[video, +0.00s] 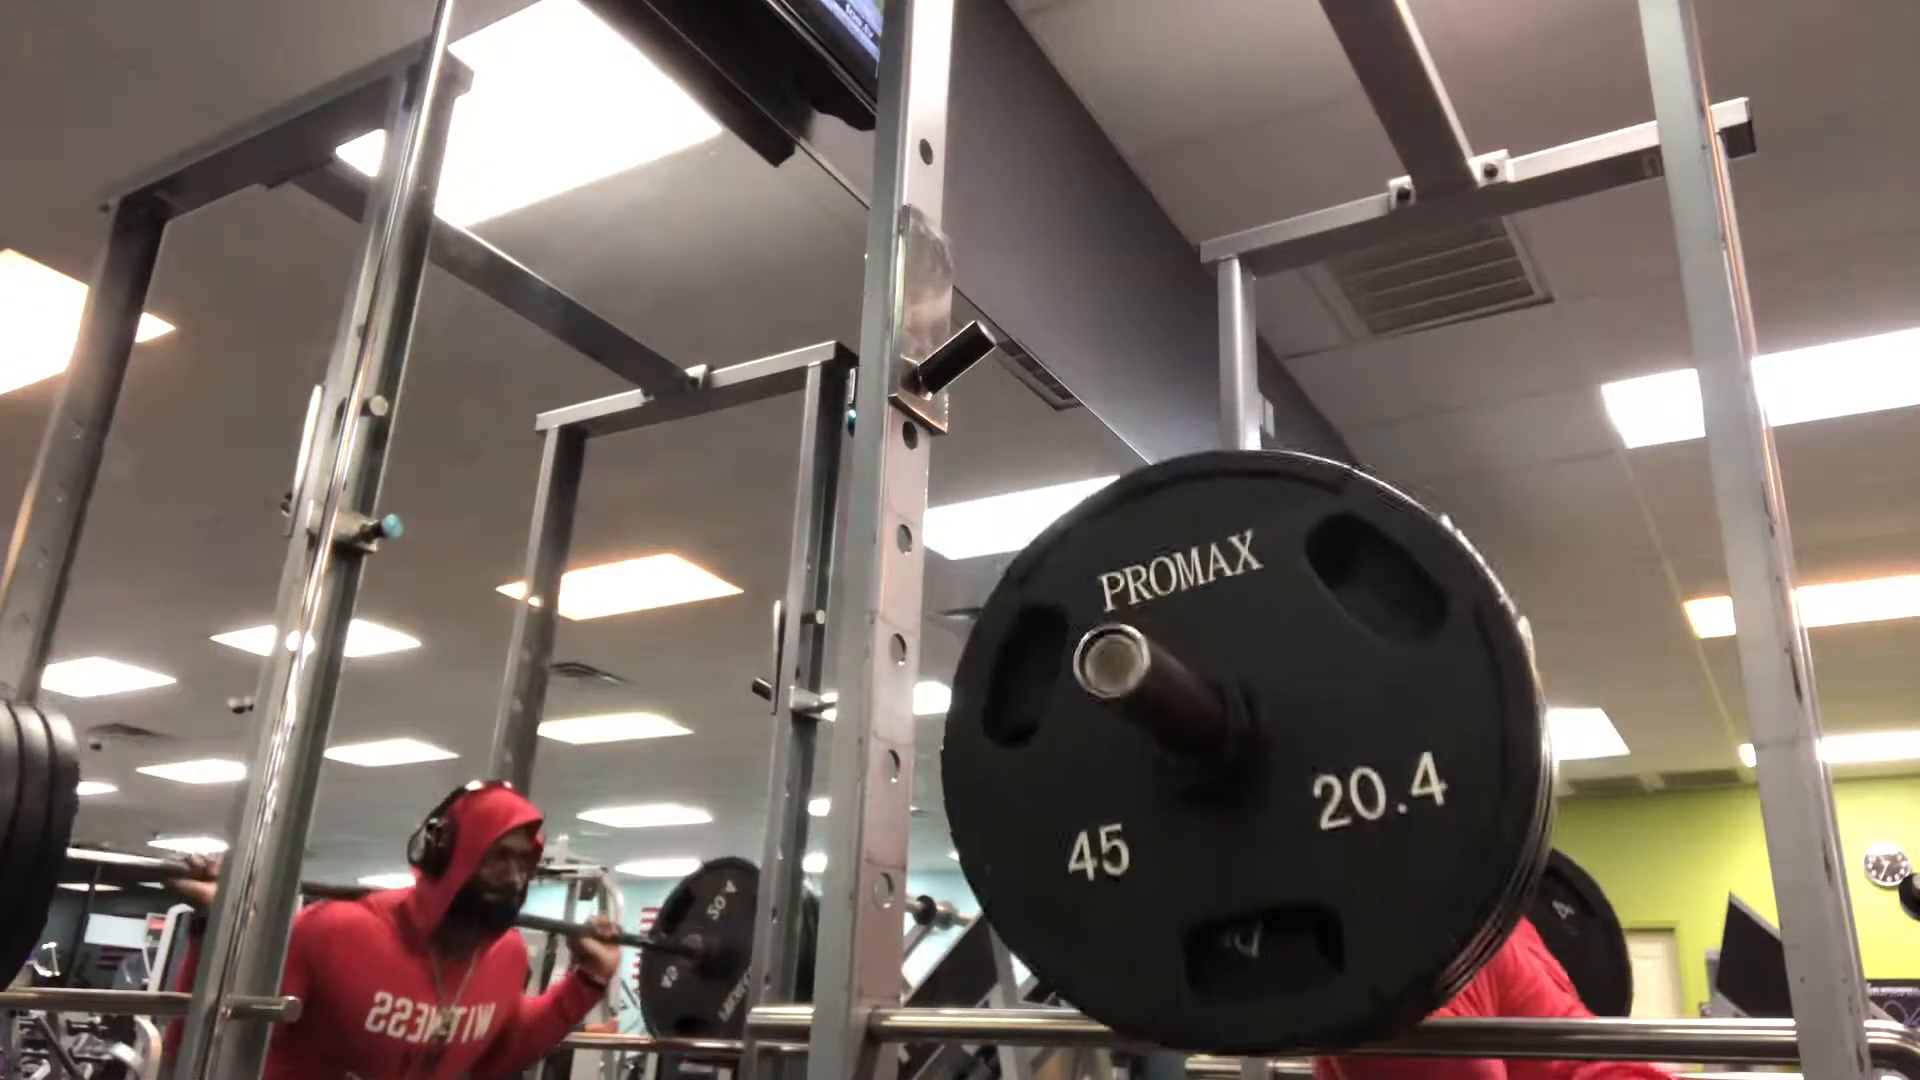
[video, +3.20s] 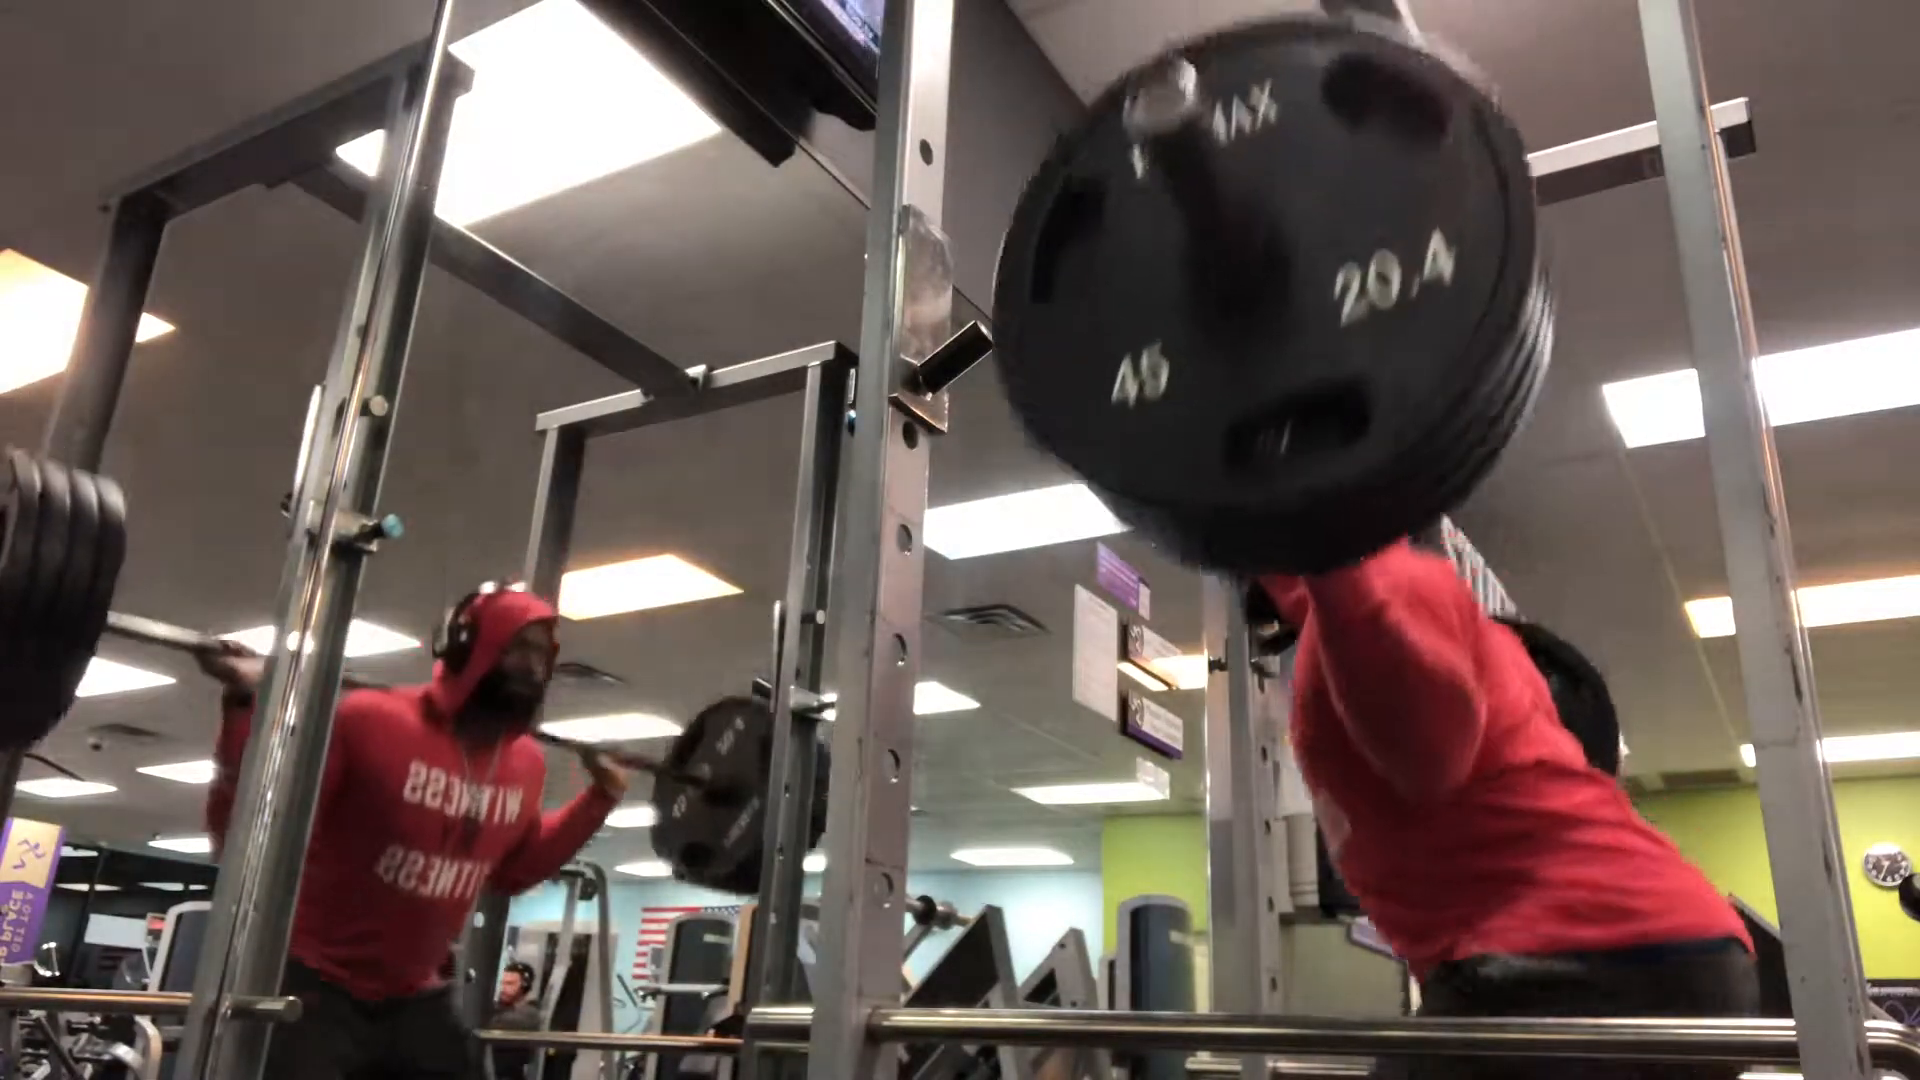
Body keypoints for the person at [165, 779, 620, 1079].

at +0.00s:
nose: (513, 876)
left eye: (525, 862)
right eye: (497, 858)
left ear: (536, 872)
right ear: (450, 855)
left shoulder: (508, 955)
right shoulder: (336, 931)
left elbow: (491, 1057)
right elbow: (200, 1045)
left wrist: (583, 987)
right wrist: (222, 922)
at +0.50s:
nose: (522, 791)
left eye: (534, 779)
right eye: (507, 773)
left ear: (544, 792)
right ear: (462, 772)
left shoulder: (517, 880)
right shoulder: (351, 848)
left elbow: (503, 985)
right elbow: (227, 961)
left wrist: (597, 913)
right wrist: (232, 841)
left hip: (412, 1066)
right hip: (306, 1060)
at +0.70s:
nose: (529, 738)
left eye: (540, 722)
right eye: (513, 716)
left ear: (547, 734)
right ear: (467, 718)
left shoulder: (523, 829)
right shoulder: (358, 795)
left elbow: (511, 932)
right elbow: (223, 918)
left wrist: (601, 862)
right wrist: (242, 778)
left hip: (417, 1049)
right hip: (314, 1037)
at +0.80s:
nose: (532, 699)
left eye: (544, 686)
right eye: (516, 680)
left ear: (553, 699)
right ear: (471, 681)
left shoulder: (528, 795)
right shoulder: (365, 759)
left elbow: (515, 904)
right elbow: (233, 869)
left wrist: (606, 832)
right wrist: (247, 747)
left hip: (427, 1028)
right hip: (321, 1017)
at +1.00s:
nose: (548, 619)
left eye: (555, 604)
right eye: (530, 601)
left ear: (559, 616)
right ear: (482, 604)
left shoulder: (539, 717)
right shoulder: (374, 683)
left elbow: (528, 829)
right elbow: (250, 796)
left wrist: (612, 760)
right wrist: (261, 659)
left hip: (437, 963)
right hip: (333, 952)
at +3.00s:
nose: (535, 617)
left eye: (545, 604)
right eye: (520, 599)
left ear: (556, 616)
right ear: (474, 600)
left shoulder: (525, 712)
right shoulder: (371, 669)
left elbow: (514, 822)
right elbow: (240, 782)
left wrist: (602, 753)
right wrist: (252, 651)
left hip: (422, 970)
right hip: (317, 951)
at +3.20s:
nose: (536, 668)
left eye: (546, 653)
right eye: (522, 647)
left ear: (551, 664)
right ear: (473, 647)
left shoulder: (525, 763)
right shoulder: (364, 719)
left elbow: (512, 872)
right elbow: (238, 837)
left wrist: (600, 797)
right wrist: (242, 706)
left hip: (422, 1005)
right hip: (316, 993)